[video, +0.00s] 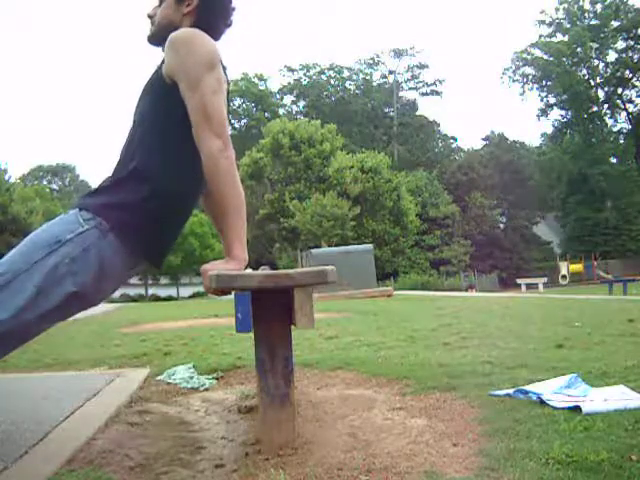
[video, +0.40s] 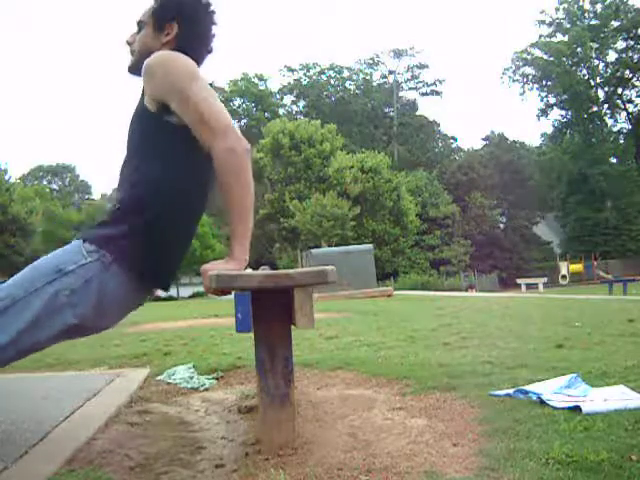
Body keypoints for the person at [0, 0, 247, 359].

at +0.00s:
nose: (152, 10)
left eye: (163, 2)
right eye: (158, 2)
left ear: (188, 7)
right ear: (187, 10)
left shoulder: (190, 44)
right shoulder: (190, 54)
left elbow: (217, 148)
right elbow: (208, 175)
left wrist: (237, 256)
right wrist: (236, 253)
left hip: (102, 231)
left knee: (4, 316)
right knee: (4, 322)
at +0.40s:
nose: (130, 38)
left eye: (141, 27)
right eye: (136, 27)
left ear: (168, 32)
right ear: (169, 35)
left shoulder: (166, 66)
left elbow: (231, 146)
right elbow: (238, 147)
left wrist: (238, 256)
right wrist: (239, 254)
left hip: (107, 263)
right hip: (123, 272)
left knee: (0, 331)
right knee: (3, 336)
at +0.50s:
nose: (115, 64)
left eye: (125, 53)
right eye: (120, 53)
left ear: (152, 59)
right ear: (154, 61)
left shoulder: (150, 88)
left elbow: (234, 151)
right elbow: (238, 153)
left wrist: (239, 257)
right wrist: (241, 256)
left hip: (124, 289)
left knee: (5, 345)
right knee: (7, 346)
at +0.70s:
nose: (89, 108)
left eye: (98, 98)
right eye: (94, 98)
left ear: (124, 105)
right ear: (126, 106)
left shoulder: (127, 133)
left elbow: (231, 152)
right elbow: (227, 185)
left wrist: (240, 258)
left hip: (139, 328)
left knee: (4, 359)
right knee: (8, 352)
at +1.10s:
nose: (88, 58)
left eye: (99, 50)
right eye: (95, 49)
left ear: (120, 63)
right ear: (122, 64)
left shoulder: (125, 94)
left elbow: (219, 152)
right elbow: (222, 154)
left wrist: (239, 256)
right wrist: (238, 251)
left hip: (116, 287)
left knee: (3, 329)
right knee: (5, 336)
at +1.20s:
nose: (93, 20)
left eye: (104, 10)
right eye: (99, 10)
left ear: (127, 20)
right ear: (128, 22)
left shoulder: (132, 61)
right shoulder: (164, 75)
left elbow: (189, 146)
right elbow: (199, 161)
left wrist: (233, 250)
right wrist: (232, 251)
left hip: (100, 247)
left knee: (2, 315)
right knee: (4, 320)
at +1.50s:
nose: (78, 40)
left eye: (88, 31)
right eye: (84, 31)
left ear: (113, 39)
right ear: (112, 41)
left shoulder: (124, 80)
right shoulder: (136, 87)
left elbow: (209, 150)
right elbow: (200, 177)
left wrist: (233, 256)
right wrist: (234, 253)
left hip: (107, 267)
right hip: (111, 268)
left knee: (3, 326)